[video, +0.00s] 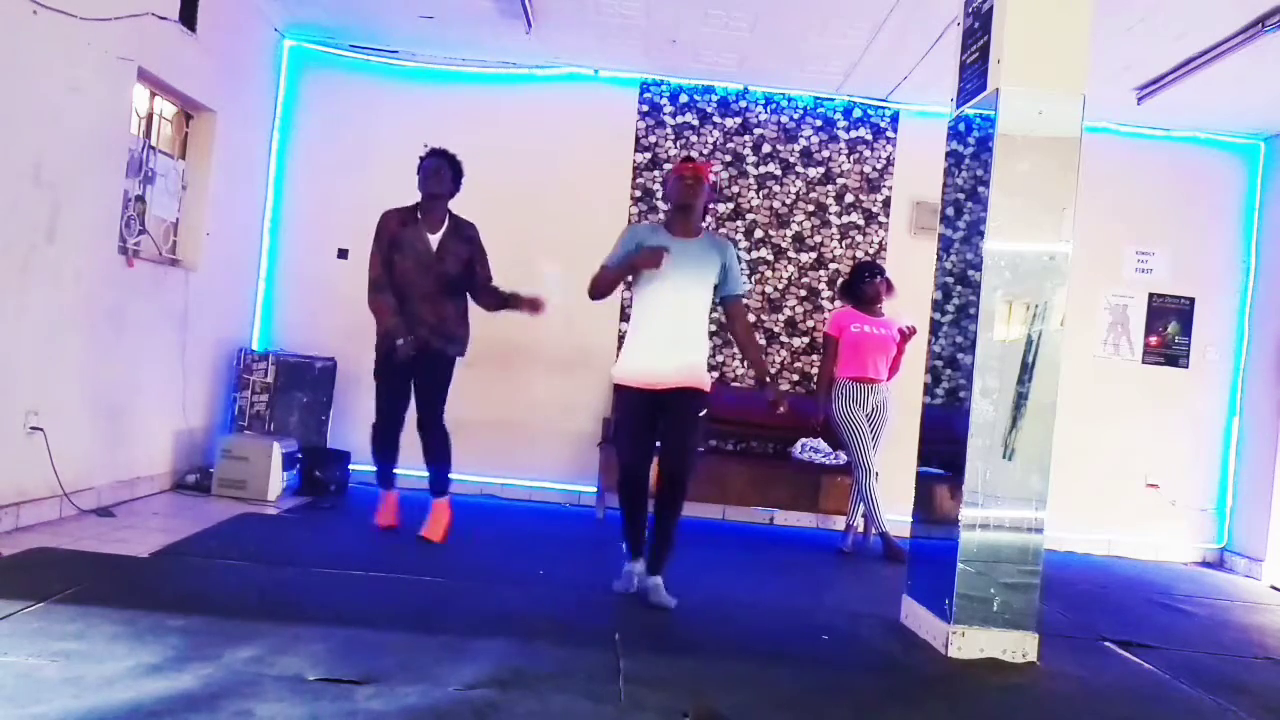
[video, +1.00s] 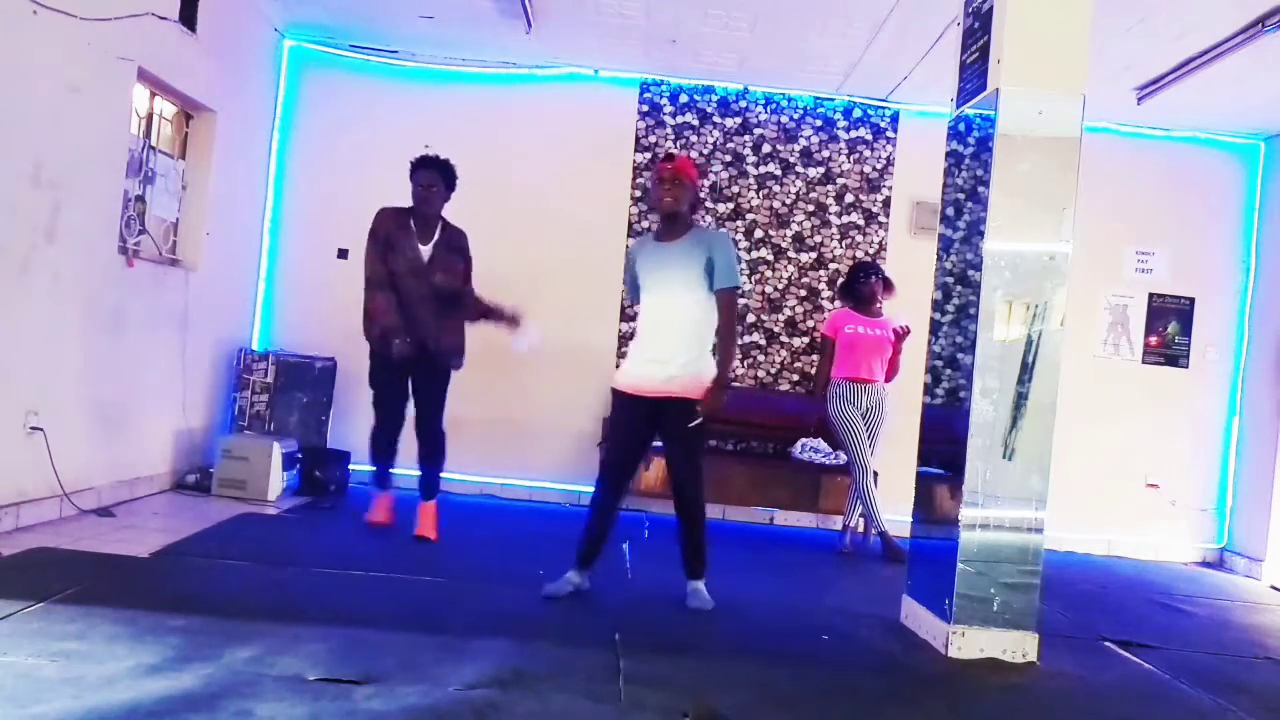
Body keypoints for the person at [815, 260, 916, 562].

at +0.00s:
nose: (880, 289)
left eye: (882, 282)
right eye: (873, 282)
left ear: (885, 286)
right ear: (859, 287)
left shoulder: (890, 327)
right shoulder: (841, 316)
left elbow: (889, 374)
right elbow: (827, 363)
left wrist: (902, 345)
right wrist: (822, 405)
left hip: (877, 397)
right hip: (847, 393)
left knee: (866, 465)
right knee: (866, 463)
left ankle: (849, 533)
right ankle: (884, 535)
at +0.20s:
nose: (879, 301)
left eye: (882, 295)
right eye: (872, 296)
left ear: (886, 290)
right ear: (857, 291)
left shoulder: (890, 326)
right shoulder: (840, 317)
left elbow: (889, 374)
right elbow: (827, 364)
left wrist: (901, 345)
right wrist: (822, 404)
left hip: (878, 396)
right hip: (846, 392)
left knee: (866, 465)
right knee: (865, 463)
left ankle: (849, 533)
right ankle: (884, 535)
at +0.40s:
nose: (879, 299)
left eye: (882, 292)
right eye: (872, 293)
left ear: (886, 290)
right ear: (856, 291)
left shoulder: (890, 326)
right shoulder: (840, 317)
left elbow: (889, 374)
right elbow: (827, 364)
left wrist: (900, 346)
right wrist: (821, 403)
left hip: (877, 397)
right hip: (846, 393)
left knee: (866, 465)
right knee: (864, 463)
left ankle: (848, 532)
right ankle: (884, 534)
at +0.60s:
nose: (879, 300)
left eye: (882, 294)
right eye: (872, 294)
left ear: (886, 291)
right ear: (856, 291)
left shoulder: (890, 327)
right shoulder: (840, 317)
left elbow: (888, 374)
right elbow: (827, 364)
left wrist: (900, 347)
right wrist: (822, 403)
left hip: (877, 397)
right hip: (845, 393)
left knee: (865, 466)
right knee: (864, 464)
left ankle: (848, 532)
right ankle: (884, 534)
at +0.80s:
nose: (878, 296)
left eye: (881, 289)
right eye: (871, 289)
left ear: (886, 289)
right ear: (856, 290)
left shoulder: (889, 327)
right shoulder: (839, 318)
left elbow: (888, 375)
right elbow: (825, 363)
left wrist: (899, 348)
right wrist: (820, 403)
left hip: (876, 397)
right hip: (843, 393)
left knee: (864, 465)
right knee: (863, 463)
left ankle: (847, 532)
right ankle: (883, 534)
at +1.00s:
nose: (879, 294)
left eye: (881, 287)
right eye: (872, 287)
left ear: (885, 289)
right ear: (856, 288)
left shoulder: (888, 327)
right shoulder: (839, 317)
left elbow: (889, 376)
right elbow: (825, 364)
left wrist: (898, 347)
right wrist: (819, 403)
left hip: (876, 397)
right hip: (844, 394)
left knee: (864, 465)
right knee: (862, 463)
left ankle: (846, 532)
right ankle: (884, 534)